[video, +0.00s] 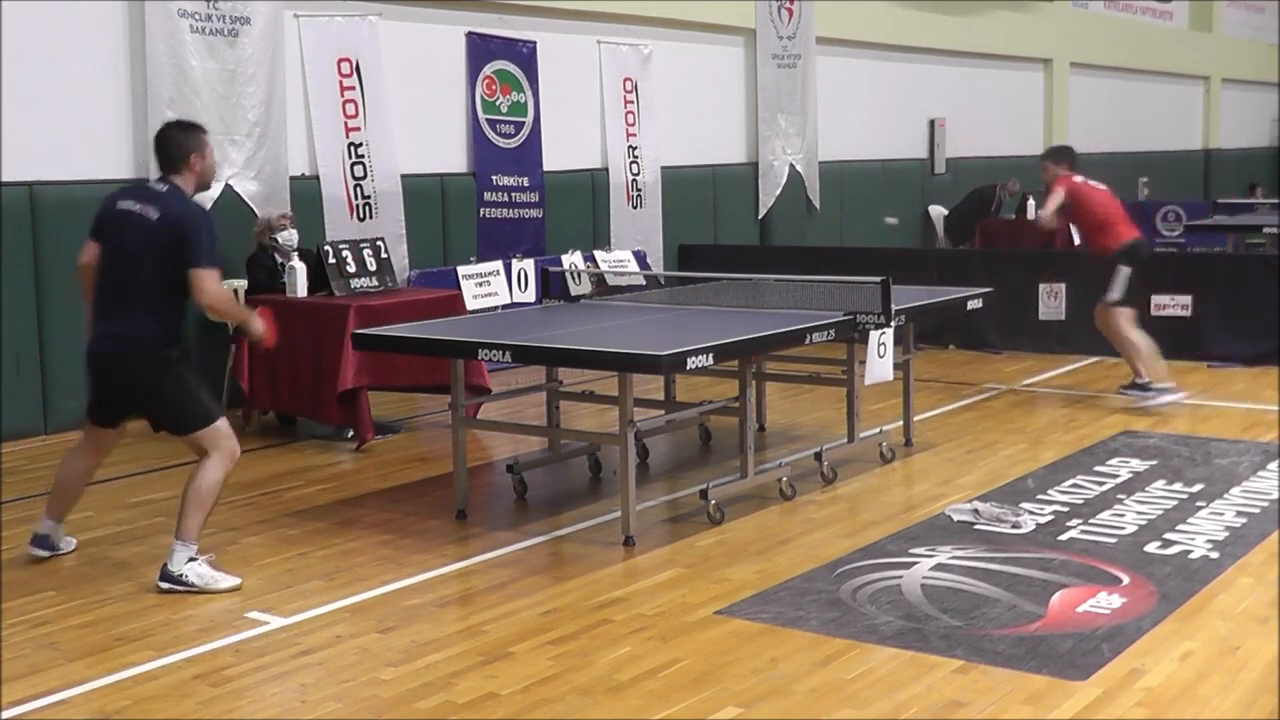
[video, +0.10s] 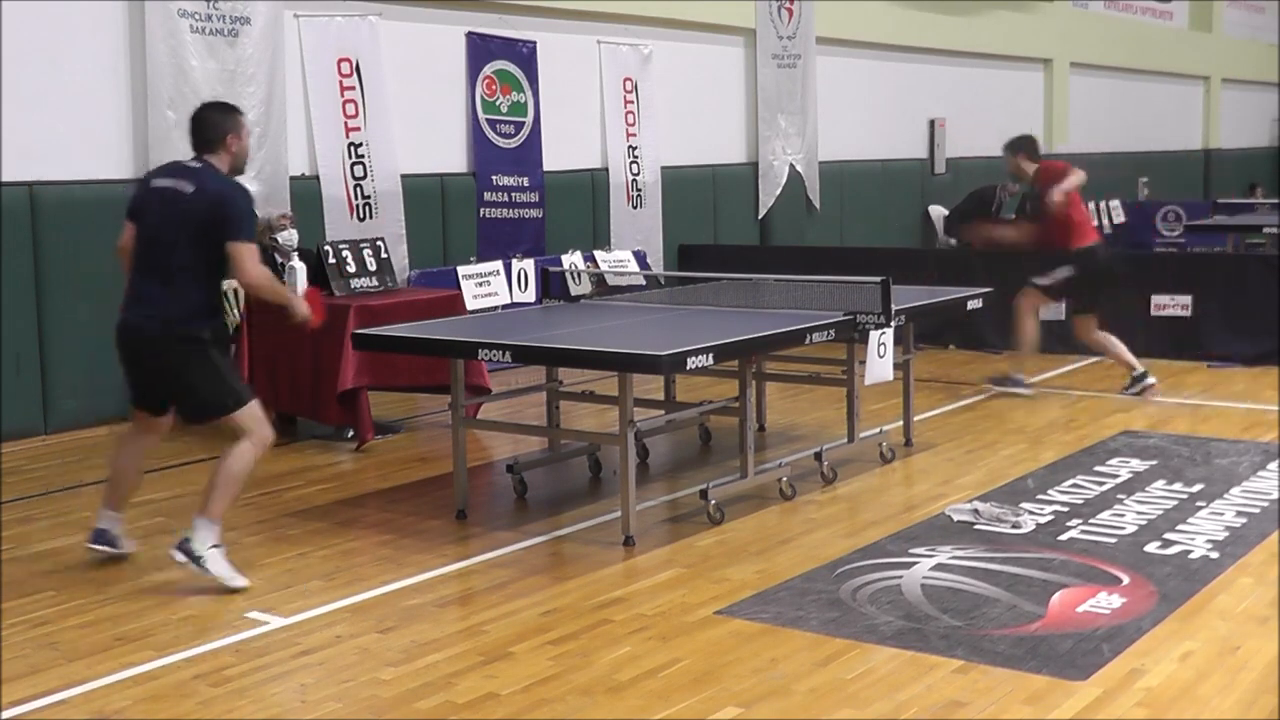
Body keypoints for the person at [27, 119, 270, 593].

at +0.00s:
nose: (213, 162)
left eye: (209, 154)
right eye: (209, 155)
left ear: (165, 160)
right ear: (196, 161)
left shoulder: (122, 199)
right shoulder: (193, 217)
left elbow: (88, 261)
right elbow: (207, 293)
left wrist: (97, 323)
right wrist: (248, 318)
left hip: (106, 353)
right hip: (154, 359)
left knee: (94, 442)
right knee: (222, 449)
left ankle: (47, 533)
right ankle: (182, 560)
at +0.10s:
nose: (249, 145)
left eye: (247, 136)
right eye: (246, 137)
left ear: (200, 141)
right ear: (230, 142)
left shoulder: (158, 179)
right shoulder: (231, 195)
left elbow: (126, 246)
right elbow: (249, 275)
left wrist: (151, 289)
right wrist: (293, 300)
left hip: (137, 332)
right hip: (186, 338)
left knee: (149, 424)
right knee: (257, 433)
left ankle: (107, 527)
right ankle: (203, 538)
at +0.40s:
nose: (347, 215)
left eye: (347, 207)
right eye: (345, 208)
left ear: (296, 208)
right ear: (332, 214)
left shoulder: (257, 236)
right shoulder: (323, 270)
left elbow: (232, 302)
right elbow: (337, 352)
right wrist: (377, 348)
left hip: (203, 385)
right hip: (249, 390)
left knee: (232, 464)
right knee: (358, 447)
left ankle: (163, 549)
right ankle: (357, 565)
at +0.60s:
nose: (345, 192)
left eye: (344, 183)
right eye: (340, 183)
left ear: (295, 186)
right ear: (320, 189)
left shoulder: (245, 210)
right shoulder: (301, 237)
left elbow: (270, 272)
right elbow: (355, 297)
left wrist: (321, 255)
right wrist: (415, 277)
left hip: (204, 362)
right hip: (243, 366)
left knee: (223, 455)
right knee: (330, 444)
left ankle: (153, 542)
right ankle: (360, 563)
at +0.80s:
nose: (300, 143)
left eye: (298, 133)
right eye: (296, 133)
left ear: (254, 134)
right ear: (275, 136)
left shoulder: (211, 167)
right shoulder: (239, 180)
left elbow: (210, 246)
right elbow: (247, 257)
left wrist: (270, 233)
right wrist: (313, 245)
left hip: (188, 325)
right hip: (222, 328)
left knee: (191, 434)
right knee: (264, 439)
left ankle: (146, 535)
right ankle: (240, 564)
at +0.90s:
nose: (285, 132)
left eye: (283, 123)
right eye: (281, 124)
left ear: (240, 128)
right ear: (263, 129)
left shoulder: (202, 165)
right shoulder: (240, 181)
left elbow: (167, 216)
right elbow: (214, 259)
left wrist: (249, 232)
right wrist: (273, 297)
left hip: (177, 323)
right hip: (210, 328)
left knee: (194, 431)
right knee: (229, 447)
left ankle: (147, 524)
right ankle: (170, 568)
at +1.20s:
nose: (271, 166)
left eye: (269, 157)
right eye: (267, 158)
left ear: (224, 166)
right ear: (247, 165)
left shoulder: (188, 204)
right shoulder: (232, 213)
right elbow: (239, 296)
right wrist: (295, 330)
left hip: (159, 348)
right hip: (186, 352)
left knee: (195, 441)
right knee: (222, 468)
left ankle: (167, 532)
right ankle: (164, 579)